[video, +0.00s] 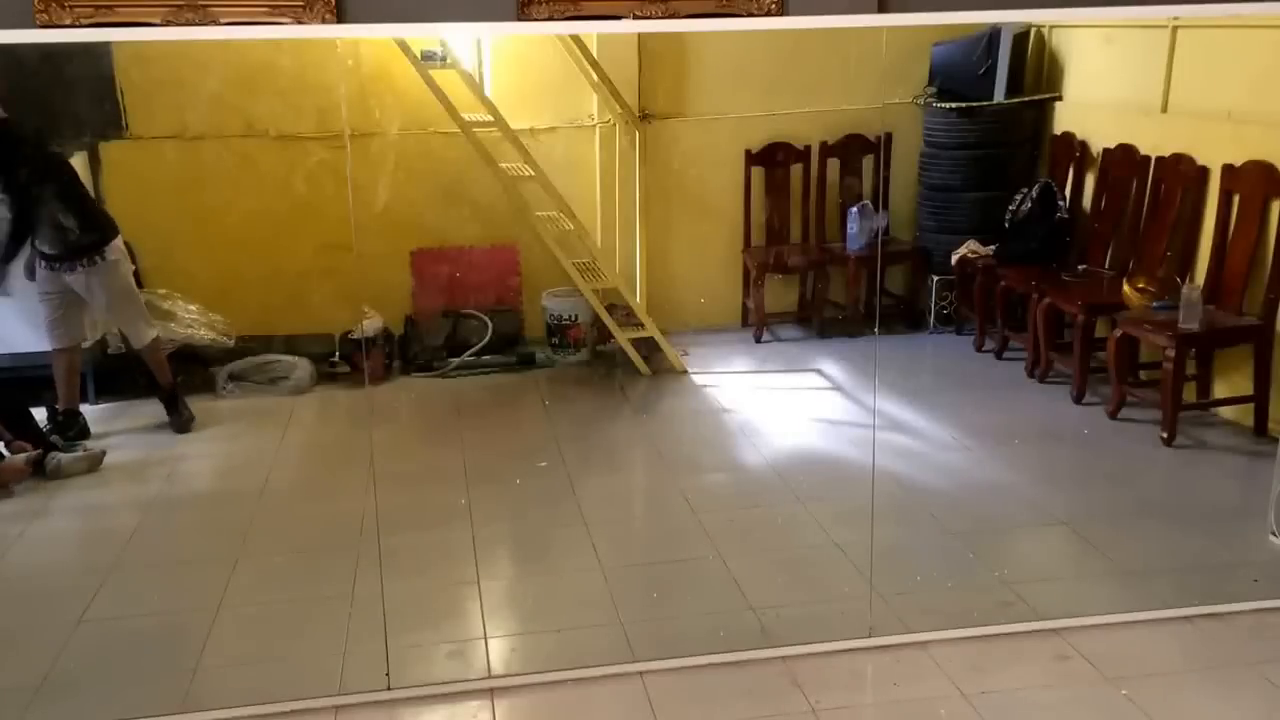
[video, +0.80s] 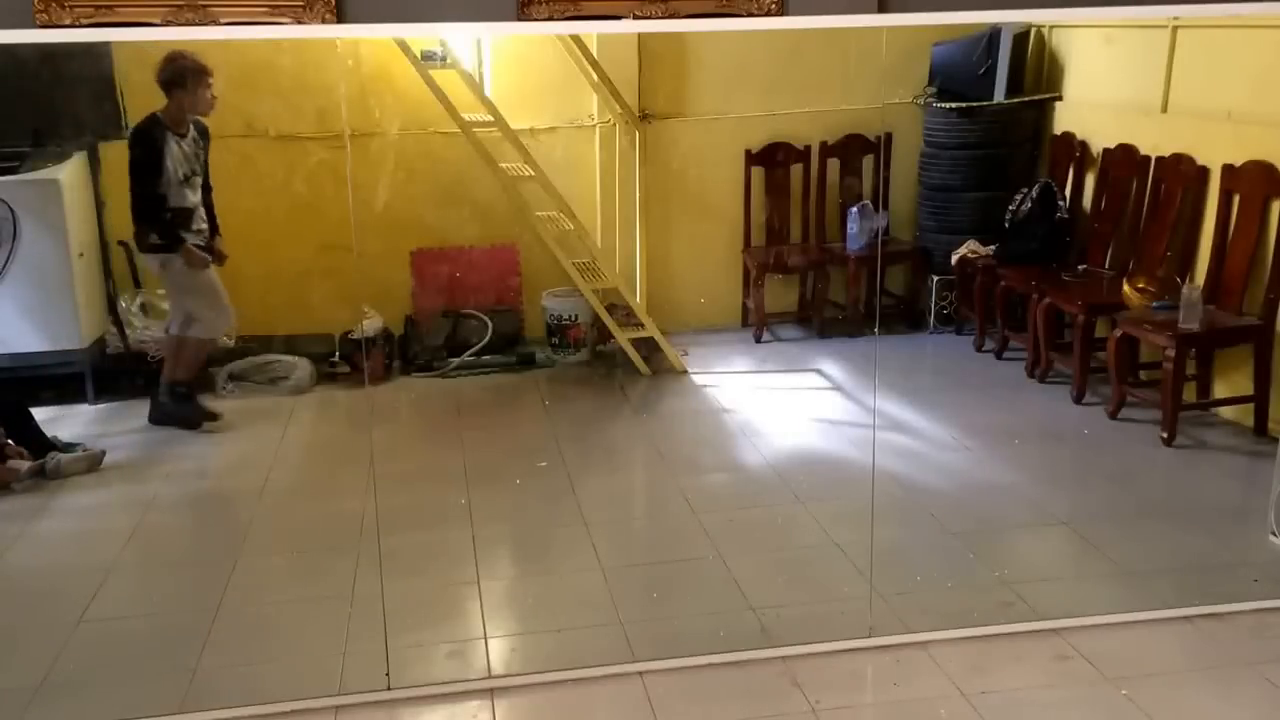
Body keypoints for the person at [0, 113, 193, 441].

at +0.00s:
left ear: (13, 143)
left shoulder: (41, 165)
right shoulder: (16, 170)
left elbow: (23, 220)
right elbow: (30, 216)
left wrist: (5, 261)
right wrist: (32, 253)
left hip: (96, 252)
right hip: (51, 258)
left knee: (138, 330)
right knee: (62, 341)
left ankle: (173, 401)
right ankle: (70, 420)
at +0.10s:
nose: (6, 105)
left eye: (9, 97)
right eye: (3, 99)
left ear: (22, 97)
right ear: (3, 103)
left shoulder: (60, 133)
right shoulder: (11, 148)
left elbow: (68, 173)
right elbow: (33, 203)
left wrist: (30, 124)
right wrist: (28, 249)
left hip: (110, 248)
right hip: (59, 254)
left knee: (145, 332)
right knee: (65, 342)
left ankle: (169, 402)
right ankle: (69, 419)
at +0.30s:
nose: (92, 96)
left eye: (97, 87)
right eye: (81, 88)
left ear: (105, 90)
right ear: (59, 93)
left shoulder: (124, 135)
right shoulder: (44, 140)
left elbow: (162, 191)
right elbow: (43, 194)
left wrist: (147, 243)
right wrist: (52, 240)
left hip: (134, 254)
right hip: (79, 259)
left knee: (161, 332)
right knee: (71, 339)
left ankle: (167, 403)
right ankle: (68, 418)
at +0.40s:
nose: (136, 95)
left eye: (134, 87)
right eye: (127, 88)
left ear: (127, 92)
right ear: (100, 95)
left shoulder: (153, 134)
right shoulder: (68, 142)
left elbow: (181, 186)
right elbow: (58, 196)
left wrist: (167, 236)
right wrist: (79, 240)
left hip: (153, 251)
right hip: (96, 255)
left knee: (172, 328)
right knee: (77, 334)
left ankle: (167, 404)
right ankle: (74, 413)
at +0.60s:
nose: (181, 92)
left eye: (180, 84)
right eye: (174, 85)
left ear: (162, 88)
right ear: (150, 90)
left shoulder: (177, 128)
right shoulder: (114, 134)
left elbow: (189, 180)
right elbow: (105, 201)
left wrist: (194, 220)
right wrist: (140, 241)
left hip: (180, 243)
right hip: (135, 248)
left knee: (182, 328)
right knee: (140, 330)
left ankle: (167, 403)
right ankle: (105, 376)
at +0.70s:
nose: (195, 94)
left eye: (195, 86)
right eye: (189, 87)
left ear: (172, 91)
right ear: (165, 91)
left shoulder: (186, 130)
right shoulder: (133, 133)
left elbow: (194, 184)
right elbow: (126, 198)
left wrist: (205, 226)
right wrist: (164, 242)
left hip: (187, 242)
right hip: (151, 247)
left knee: (191, 323)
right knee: (181, 323)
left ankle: (168, 399)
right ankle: (134, 376)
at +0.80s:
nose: (213, 95)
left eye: (211, 87)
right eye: (206, 88)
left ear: (186, 92)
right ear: (182, 92)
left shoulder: (199, 132)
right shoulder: (147, 134)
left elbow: (203, 188)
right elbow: (146, 203)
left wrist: (213, 236)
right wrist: (181, 245)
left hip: (193, 241)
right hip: (167, 244)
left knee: (182, 320)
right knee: (217, 316)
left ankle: (166, 398)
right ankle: (179, 392)